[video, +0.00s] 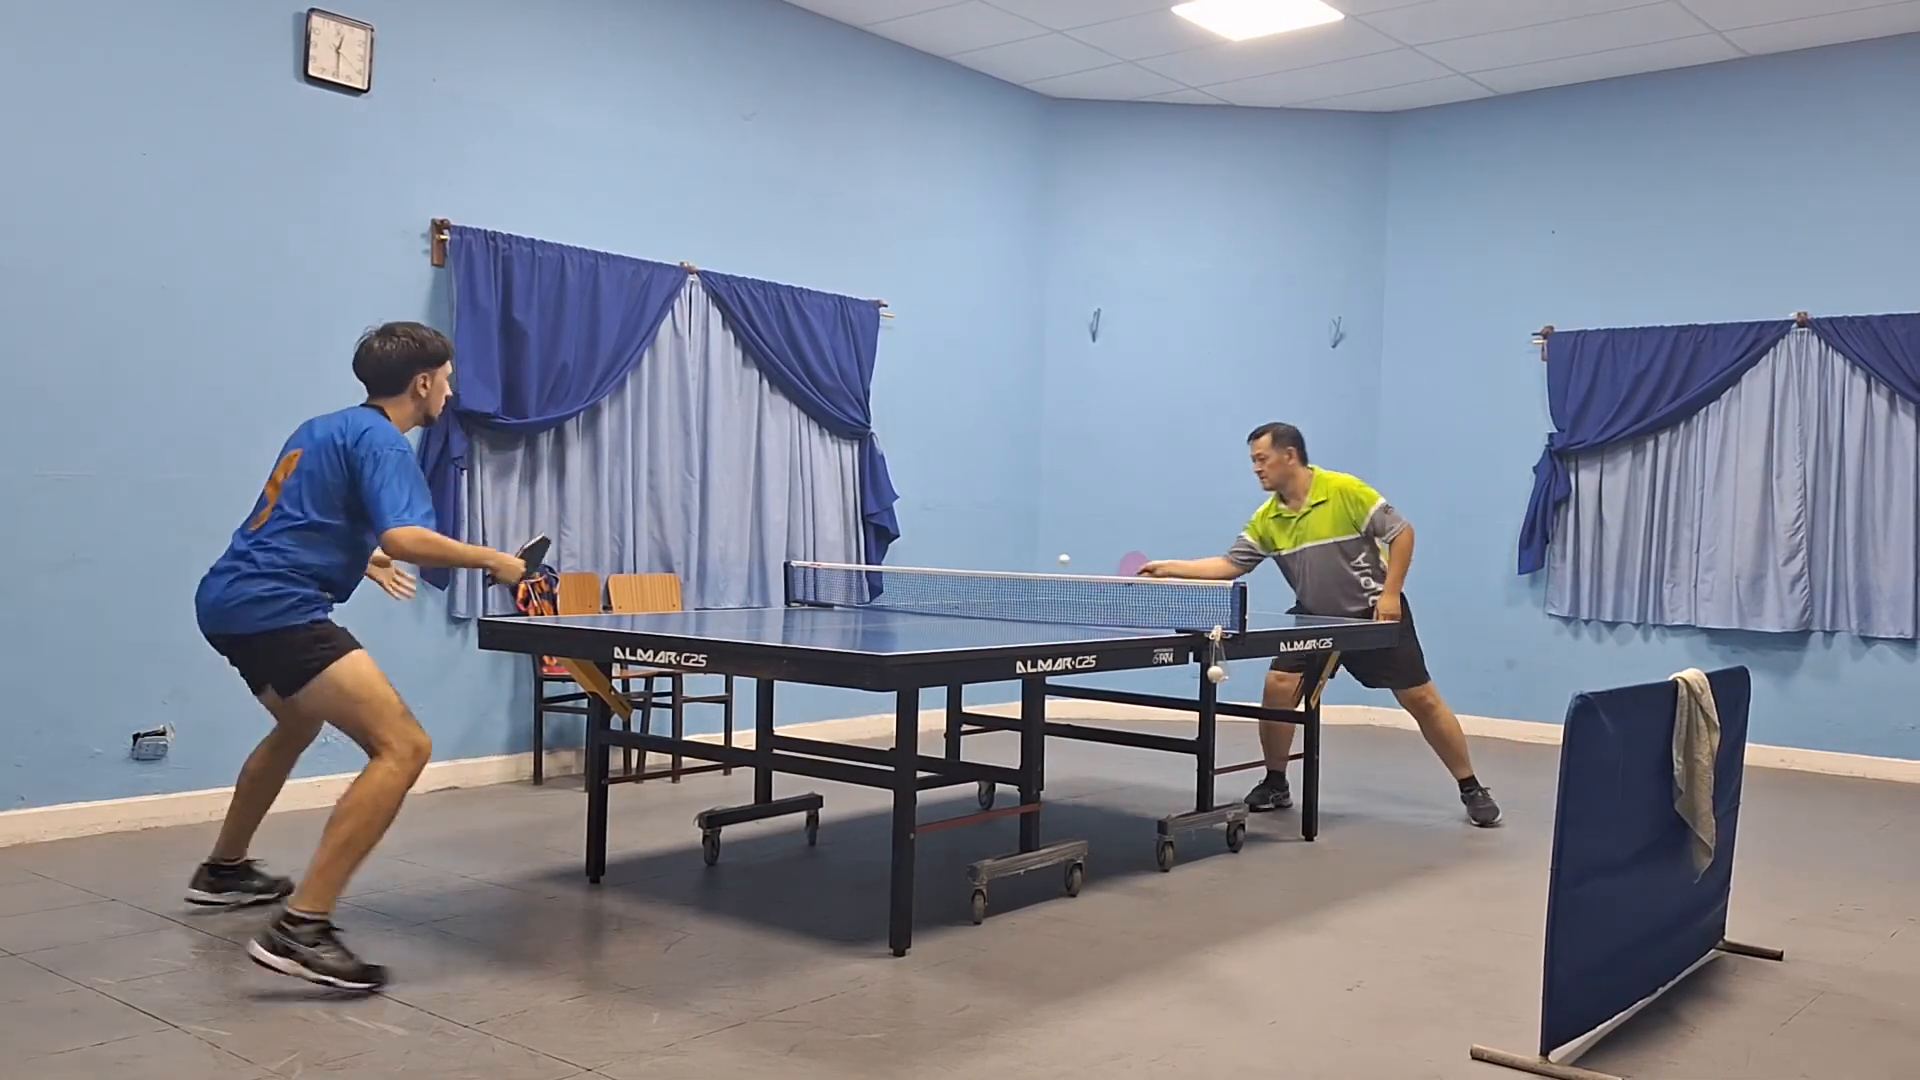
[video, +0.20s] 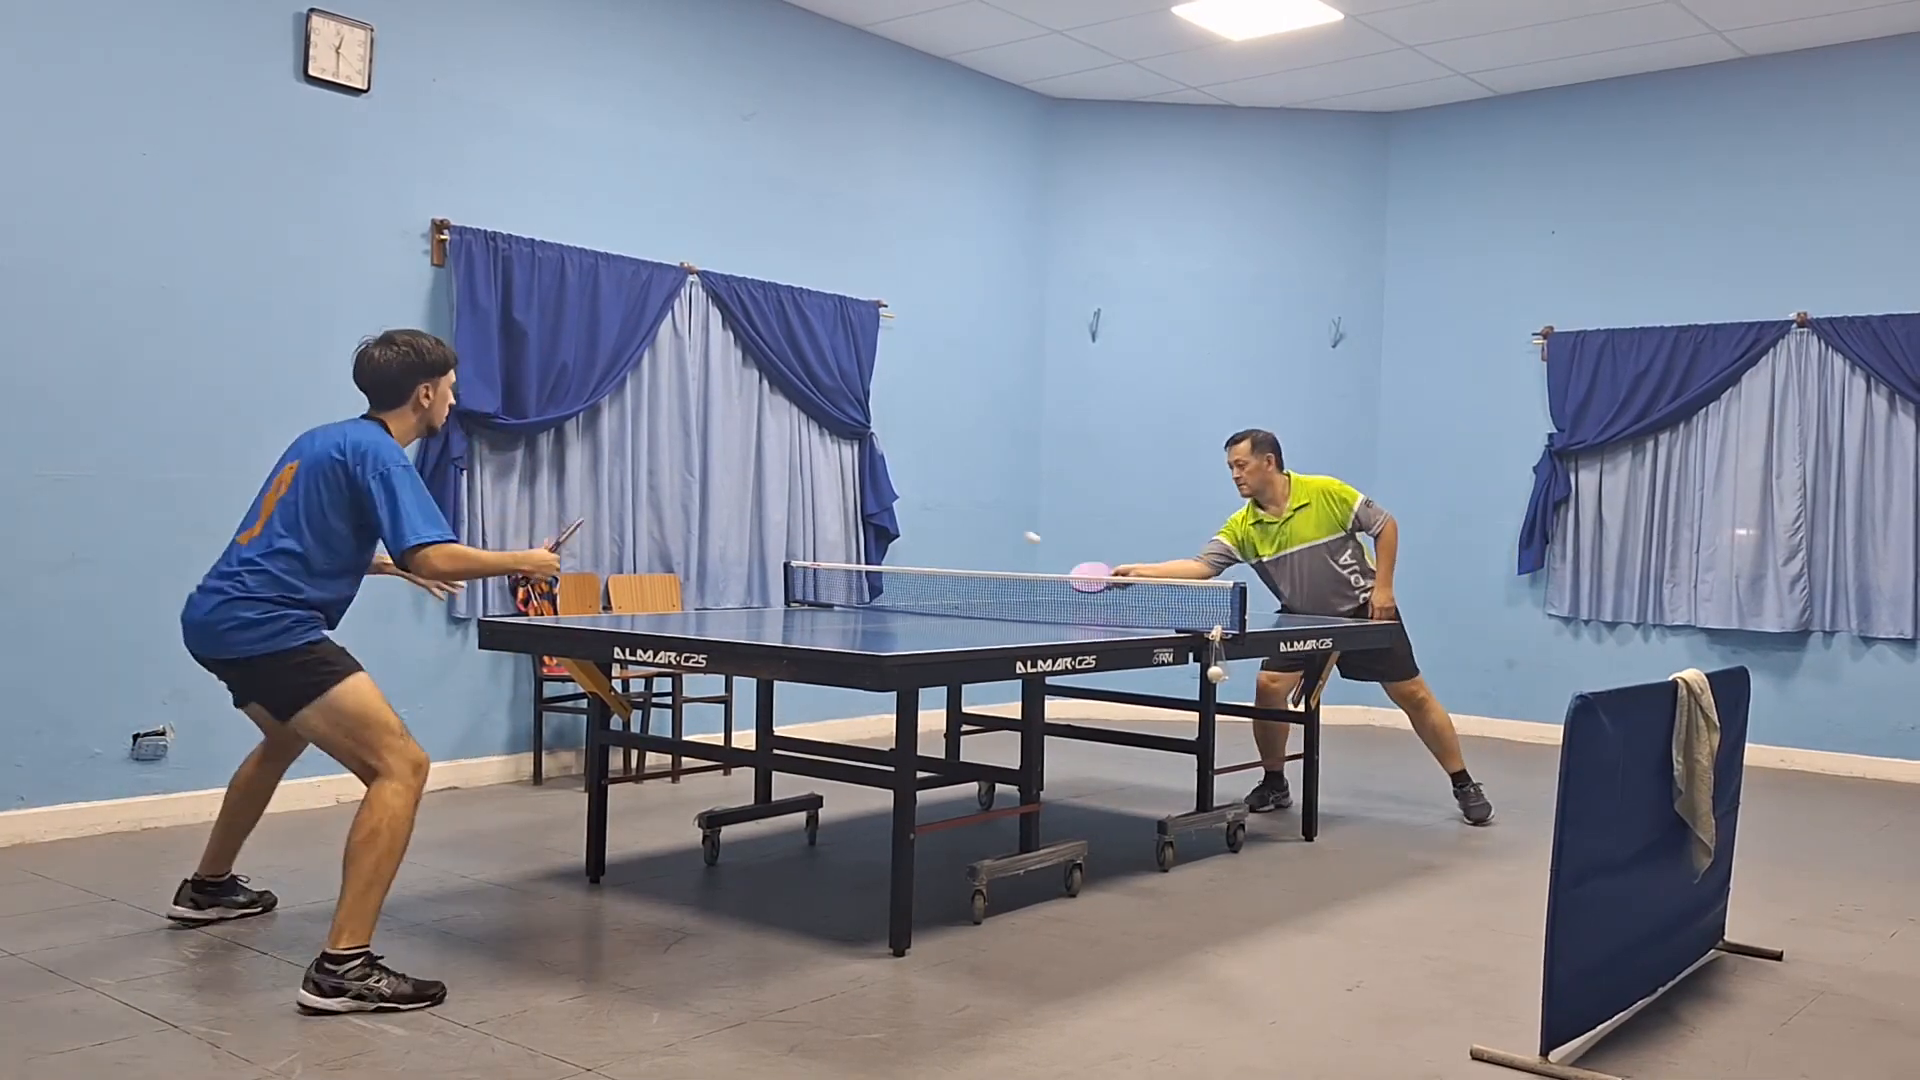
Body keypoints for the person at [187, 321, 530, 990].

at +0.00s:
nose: (449, 389)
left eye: (448, 376)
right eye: (444, 377)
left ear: (381, 382)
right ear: (418, 383)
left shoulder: (320, 429)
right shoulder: (384, 442)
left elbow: (292, 512)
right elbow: (401, 537)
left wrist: (363, 555)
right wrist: (493, 559)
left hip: (227, 600)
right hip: (278, 605)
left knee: (299, 722)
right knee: (404, 747)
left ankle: (224, 867)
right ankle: (303, 925)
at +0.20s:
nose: (453, 398)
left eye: (451, 386)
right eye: (448, 386)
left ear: (383, 392)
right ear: (422, 393)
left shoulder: (319, 442)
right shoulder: (378, 453)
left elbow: (326, 546)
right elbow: (432, 554)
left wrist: (406, 568)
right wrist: (523, 560)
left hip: (216, 619)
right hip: (267, 626)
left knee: (288, 735)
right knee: (402, 769)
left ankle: (207, 883)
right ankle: (345, 961)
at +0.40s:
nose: (442, 443)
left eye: (444, 431)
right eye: (441, 430)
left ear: (374, 426)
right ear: (415, 431)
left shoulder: (311, 466)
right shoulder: (358, 488)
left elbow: (360, 552)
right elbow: (425, 596)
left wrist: (450, 565)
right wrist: (508, 589)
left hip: (181, 638)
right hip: (226, 644)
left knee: (272, 750)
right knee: (385, 766)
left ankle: (179, 892)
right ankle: (343, 965)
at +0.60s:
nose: (438, 480)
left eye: (442, 466)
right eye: (438, 465)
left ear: (368, 451)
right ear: (410, 458)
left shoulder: (292, 472)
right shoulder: (371, 512)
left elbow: (365, 555)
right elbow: (438, 616)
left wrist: (462, 564)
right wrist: (492, 623)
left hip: (155, 646)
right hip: (221, 654)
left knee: (245, 751)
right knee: (379, 791)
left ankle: (178, 890)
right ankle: (300, 980)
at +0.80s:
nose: (412, 465)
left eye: (415, 453)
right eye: (414, 452)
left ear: (339, 436)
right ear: (392, 445)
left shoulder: (258, 461)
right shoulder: (372, 501)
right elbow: (505, 545)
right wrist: (471, 591)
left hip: (168, 677)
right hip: (244, 691)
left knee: (259, 754)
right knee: (422, 808)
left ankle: (170, 897)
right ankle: (303, 980)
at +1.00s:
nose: (386, 436)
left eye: (385, 423)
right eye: (382, 424)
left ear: (311, 427)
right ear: (353, 430)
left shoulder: (235, 472)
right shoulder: (332, 504)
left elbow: (307, 570)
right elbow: (481, 510)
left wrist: (413, 598)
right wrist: (569, 443)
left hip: (153, 679)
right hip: (218, 686)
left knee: (256, 759)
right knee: (403, 801)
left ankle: (158, 906)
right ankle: (301, 982)